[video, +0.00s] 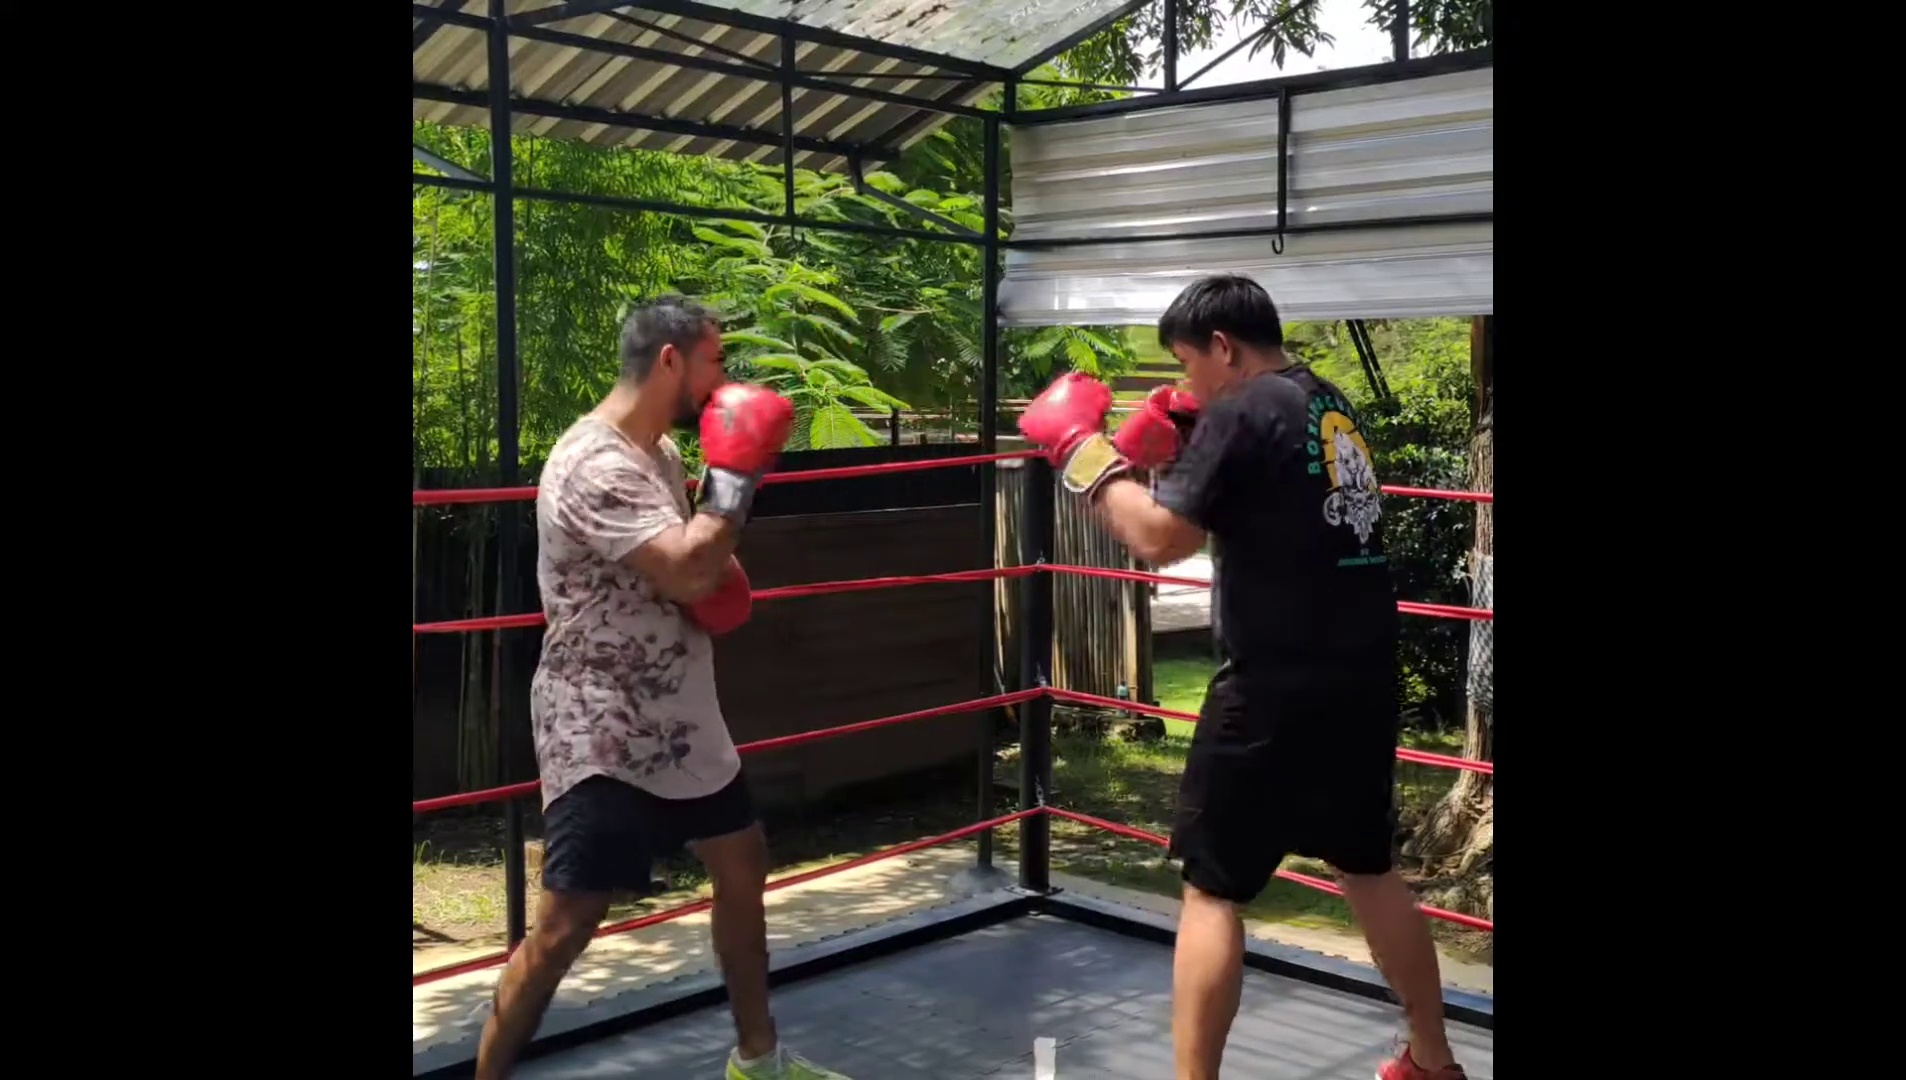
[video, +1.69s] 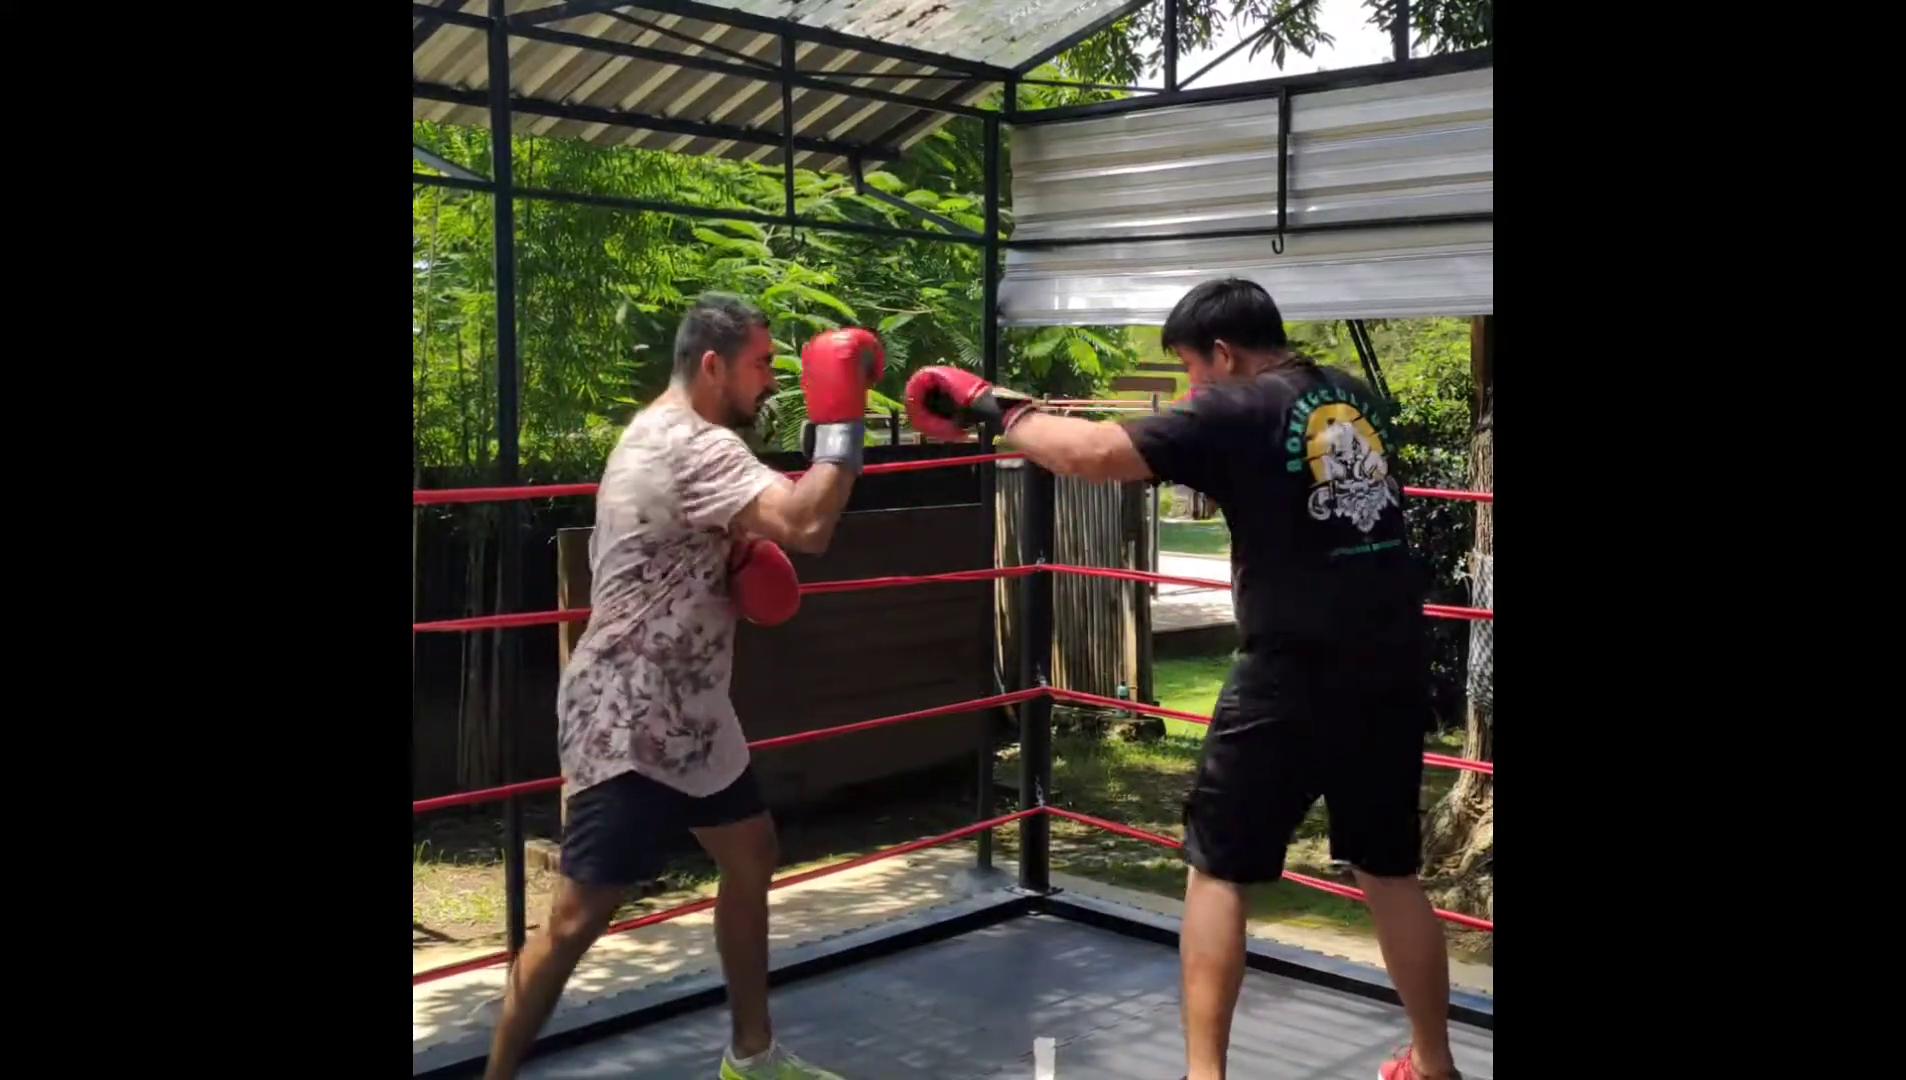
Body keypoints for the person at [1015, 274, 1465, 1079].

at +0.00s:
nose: (1183, 386)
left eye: (1182, 367)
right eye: (1175, 371)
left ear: (1224, 347)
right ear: (1265, 343)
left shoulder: (1242, 414)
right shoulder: (1328, 402)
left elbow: (1157, 537)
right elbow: (1274, 516)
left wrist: (1087, 461)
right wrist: (1184, 456)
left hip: (1269, 687)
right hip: (1360, 683)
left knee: (1213, 889)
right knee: (1370, 869)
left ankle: (1195, 1072)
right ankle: (1434, 1056)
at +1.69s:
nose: (1186, 387)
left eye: (1186, 370)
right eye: (1180, 373)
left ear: (1225, 353)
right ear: (1273, 345)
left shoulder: (1234, 413)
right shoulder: (1348, 396)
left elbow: (1091, 453)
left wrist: (994, 412)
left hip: (1286, 675)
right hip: (1390, 674)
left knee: (1218, 869)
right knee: (1391, 870)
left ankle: (1205, 1068)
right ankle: (1435, 1060)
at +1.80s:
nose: (1187, 384)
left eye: (1187, 368)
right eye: (1182, 371)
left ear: (1221, 351)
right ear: (1274, 341)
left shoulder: (1220, 407)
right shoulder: (1356, 393)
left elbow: (1074, 413)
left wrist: (964, 380)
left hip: (1275, 686)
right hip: (1383, 682)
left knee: (1216, 878)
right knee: (1393, 871)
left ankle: (1205, 1069)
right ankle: (1436, 1056)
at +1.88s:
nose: (1197, 376)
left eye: (1197, 362)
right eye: (1192, 365)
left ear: (1228, 348)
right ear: (1283, 340)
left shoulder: (1230, 399)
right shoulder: (1360, 392)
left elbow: (1085, 428)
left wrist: (965, 392)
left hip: (1274, 687)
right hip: (1382, 682)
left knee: (1216, 879)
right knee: (1391, 869)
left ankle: (1206, 1069)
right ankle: (1435, 1056)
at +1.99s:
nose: (1212, 380)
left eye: (1212, 362)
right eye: (1208, 364)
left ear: (1250, 344)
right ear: (1288, 342)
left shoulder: (1266, 407)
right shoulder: (1359, 395)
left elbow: (1167, 510)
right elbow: (1298, 491)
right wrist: (1219, 435)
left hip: (1289, 681)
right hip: (1385, 677)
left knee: (1230, 874)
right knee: (1385, 866)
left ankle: (1219, 1070)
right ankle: (1433, 1059)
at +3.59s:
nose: (1193, 387)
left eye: (1191, 367)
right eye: (1187, 371)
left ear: (1230, 350)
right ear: (1274, 342)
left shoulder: (1254, 416)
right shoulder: (1346, 397)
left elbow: (1168, 512)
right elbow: (1290, 490)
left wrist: (1094, 453)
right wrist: (1203, 446)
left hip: (1281, 685)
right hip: (1385, 681)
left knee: (1218, 872)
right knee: (1387, 870)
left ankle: (1204, 1070)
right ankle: (1432, 1059)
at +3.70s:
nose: (1184, 380)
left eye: (1183, 365)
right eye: (1178, 367)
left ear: (1217, 351)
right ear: (1270, 340)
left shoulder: (1214, 409)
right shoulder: (1345, 393)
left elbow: (1064, 433)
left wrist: (952, 389)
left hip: (1281, 678)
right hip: (1386, 678)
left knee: (1222, 871)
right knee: (1389, 867)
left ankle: (1206, 1068)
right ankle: (1434, 1054)